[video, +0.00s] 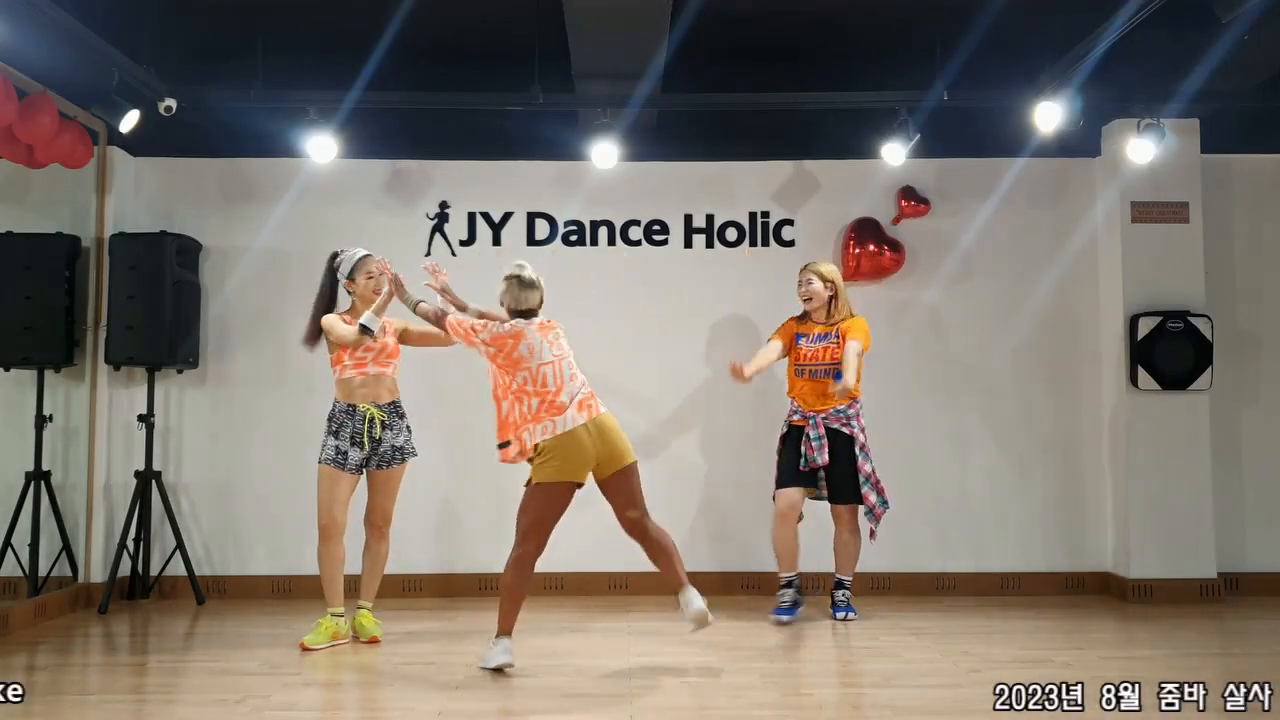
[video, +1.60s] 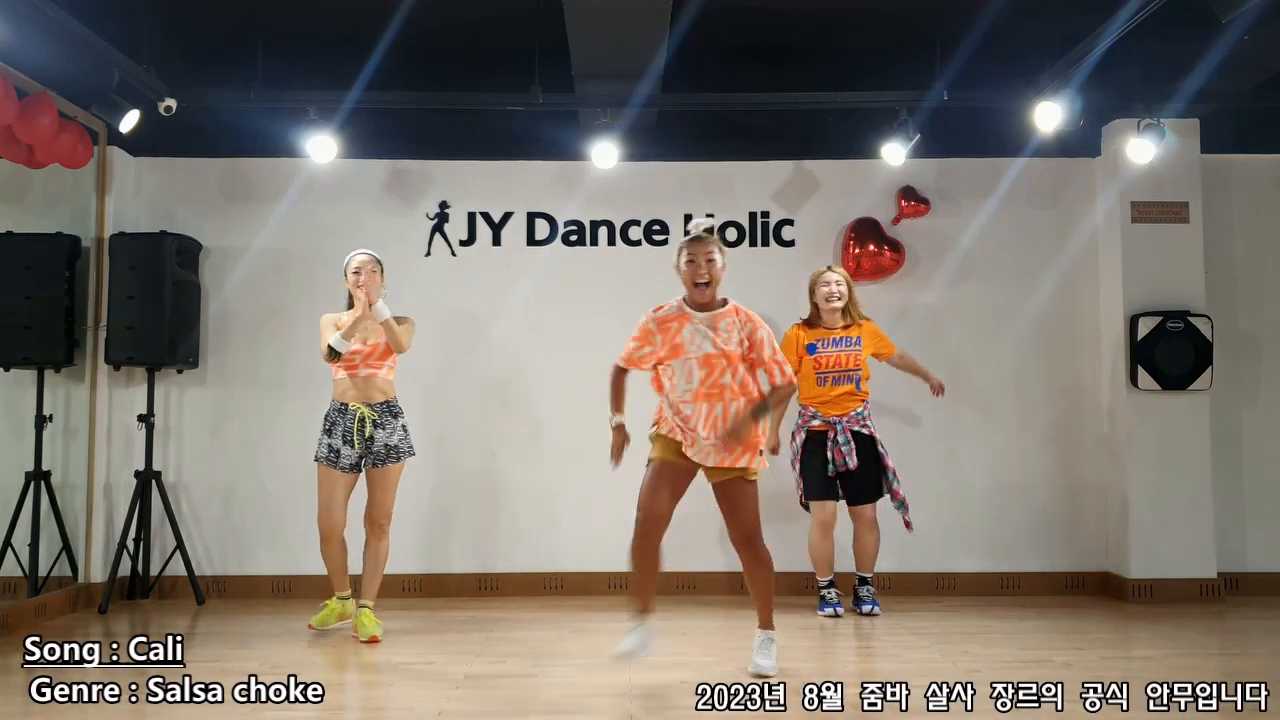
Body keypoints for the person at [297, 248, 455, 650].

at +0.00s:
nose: (380, 282)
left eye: (383, 276)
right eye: (369, 276)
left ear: (389, 284)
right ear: (349, 285)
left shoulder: (395, 326)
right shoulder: (332, 321)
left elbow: (450, 336)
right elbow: (354, 338)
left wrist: (445, 300)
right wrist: (385, 300)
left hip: (391, 424)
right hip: (345, 424)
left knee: (379, 525)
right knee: (330, 525)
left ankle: (364, 611)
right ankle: (335, 617)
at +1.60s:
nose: (364, 277)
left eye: (372, 271)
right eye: (356, 272)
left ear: (382, 281)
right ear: (346, 282)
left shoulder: (399, 324)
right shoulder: (332, 320)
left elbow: (400, 346)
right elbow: (330, 351)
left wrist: (382, 315)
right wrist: (357, 317)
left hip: (386, 424)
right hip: (341, 423)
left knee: (378, 523)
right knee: (330, 526)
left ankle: (366, 608)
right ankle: (341, 599)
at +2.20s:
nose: (333, 277)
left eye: (340, 271)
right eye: (327, 272)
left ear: (355, 281)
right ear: (321, 283)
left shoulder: (370, 321)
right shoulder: (315, 322)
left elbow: (388, 333)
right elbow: (268, 345)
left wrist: (353, 302)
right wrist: (297, 304)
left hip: (368, 422)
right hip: (326, 423)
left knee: (348, 509)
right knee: (327, 518)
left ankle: (363, 586)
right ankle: (341, 602)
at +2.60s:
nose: (306, 294)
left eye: (315, 287)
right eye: (302, 289)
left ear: (336, 291)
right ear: (301, 297)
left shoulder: (359, 326)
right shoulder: (309, 339)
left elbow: (400, 322)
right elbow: (273, 354)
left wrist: (372, 328)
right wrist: (271, 367)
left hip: (371, 429)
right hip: (332, 435)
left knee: (382, 515)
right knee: (323, 522)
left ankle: (396, 582)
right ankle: (342, 604)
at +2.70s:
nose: (306, 288)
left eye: (313, 282)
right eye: (306, 283)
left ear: (336, 285)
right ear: (311, 289)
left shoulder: (355, 317)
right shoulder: (311, 325)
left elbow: (372, 276)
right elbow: (269, 314)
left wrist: (329, 258)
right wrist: (259, 284)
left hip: (375, 418)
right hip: (338, 426)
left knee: (408, 505)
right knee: (332, 518)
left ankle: (440, 581)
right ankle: (343, 603)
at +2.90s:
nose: (318, 288)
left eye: (326, 280)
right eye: (314, 282)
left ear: (348, 287)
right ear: (313, 290)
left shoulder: (363, 324)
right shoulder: (322, 328)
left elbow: (364, 294)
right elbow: (275, 321)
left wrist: (316, 269)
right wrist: (257, 291)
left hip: (389, 420)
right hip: (353, 428)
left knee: (422, 512)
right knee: (333, 516)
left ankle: (462, 588)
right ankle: (343, 604)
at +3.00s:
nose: (334, 298)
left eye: (343, 291)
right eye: (328, 291)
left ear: (360, 297)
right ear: (323, 298)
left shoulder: (379, 332)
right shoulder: (329, 345)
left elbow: (416, 362)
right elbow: (301, 383)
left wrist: (377, 361)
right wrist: (293, 375)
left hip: (396, 433)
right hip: (358, 438)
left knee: (413, 523)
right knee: (327, 522)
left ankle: (446, 595)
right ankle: (342, 605)